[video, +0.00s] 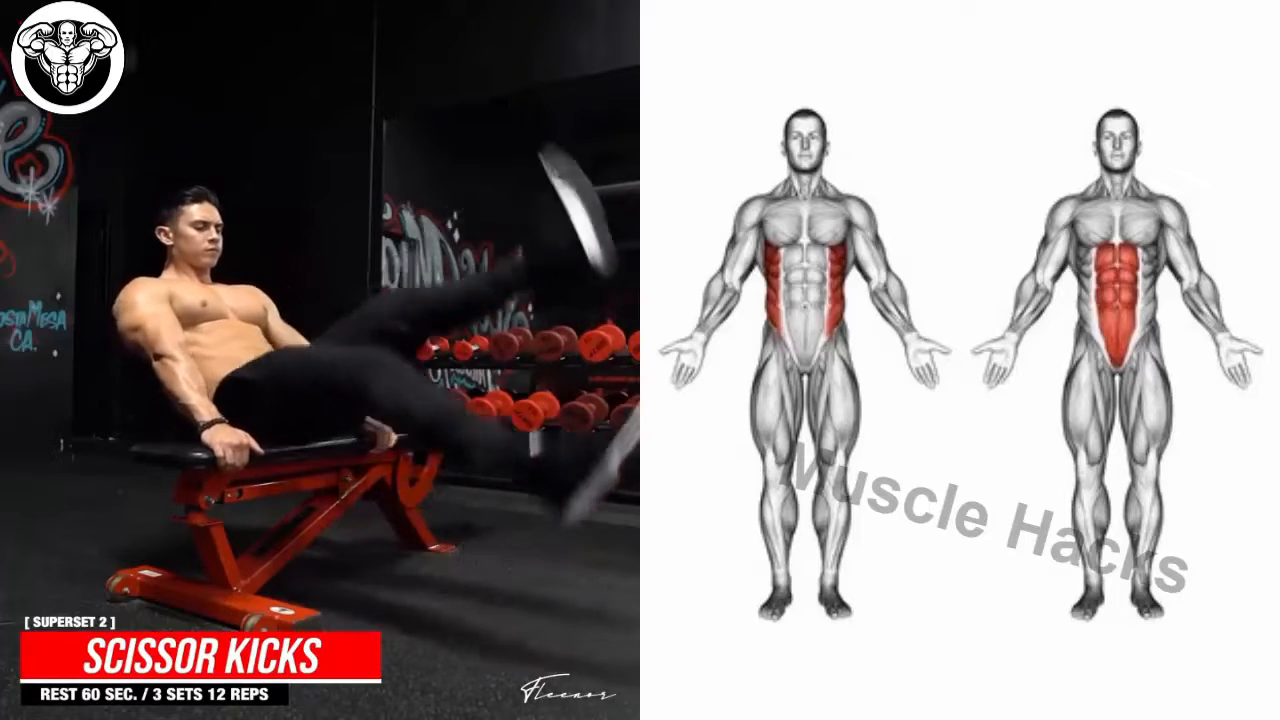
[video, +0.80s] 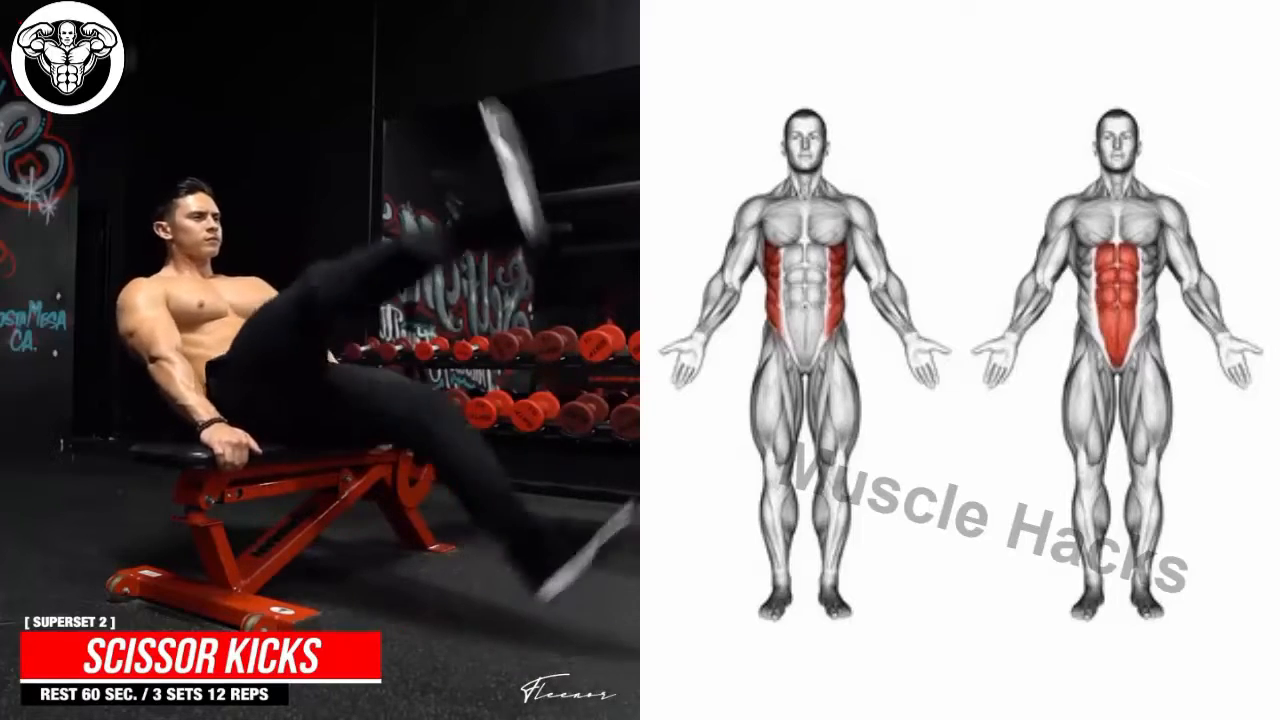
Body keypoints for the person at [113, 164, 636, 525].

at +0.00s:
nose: (212, 236)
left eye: (216, 227)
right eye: (199, 227)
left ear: (219, 237)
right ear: (166, 236)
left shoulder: (249, 295)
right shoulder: (143, 293)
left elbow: (310, 354)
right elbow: (168, 359)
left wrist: (364, 416)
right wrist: (210, 424)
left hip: (298, 378)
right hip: (241, 394)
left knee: (389, 312)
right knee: (372, 369)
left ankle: (540, 263)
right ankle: (547, 464)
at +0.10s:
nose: (213, 233)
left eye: (217, 225)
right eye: (199, 224)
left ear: (219, 236)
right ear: (166, 233)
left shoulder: (250, 293)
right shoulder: (145, 291)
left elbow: (311, 350)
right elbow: (167, 360)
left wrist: (368, 389)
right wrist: (210, 423)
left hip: (309, 370)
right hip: (250, 386)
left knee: (376, 297)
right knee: (377, 407)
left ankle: (500, 194)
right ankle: (520, 540)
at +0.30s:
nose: (212, 231)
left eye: (215, 223)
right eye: (197, 222)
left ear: (217, 235)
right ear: (164, 233)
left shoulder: (249, 294)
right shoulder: (142, 291)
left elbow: (309, 350)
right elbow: (165, 357)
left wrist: (373, 387)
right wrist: (208, 423)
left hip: (293, 375)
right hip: (237, 388)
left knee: (380, 304)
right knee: (363, 389)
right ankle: (514, 514)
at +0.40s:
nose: (209, 232)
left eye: (212, 224)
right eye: (195, 223)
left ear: (215, 234)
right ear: (162, 235)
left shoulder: (249, 292)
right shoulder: (141, 293)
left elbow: (304, 355)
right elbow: (167, 358)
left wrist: (352, 410)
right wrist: (210, 421)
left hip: (294, 393)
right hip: (240, 402)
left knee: (401, 326)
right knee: (361, 346)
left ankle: (557, 364)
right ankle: (527, 387)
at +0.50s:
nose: (208, 229)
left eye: (212, 221)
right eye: (193, 222)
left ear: (217, 231)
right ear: (162, 235)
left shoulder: (252, 292)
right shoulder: (142, 294)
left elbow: (309, 355)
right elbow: (166, 362)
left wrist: (366, 417)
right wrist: (210, 424)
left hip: (307, 396)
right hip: (244, 405)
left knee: (428, 379)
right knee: (338, 302)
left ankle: (563, 486)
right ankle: (518, 266)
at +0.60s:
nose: (212, 222)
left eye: (213, 213)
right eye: (196, 215)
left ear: (218, 228)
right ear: (164, 230)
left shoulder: (254, 287)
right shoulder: (144, 292)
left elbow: (310, 321)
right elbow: (166, 361)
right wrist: (209, 424)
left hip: (308, 392)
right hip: (245, 388)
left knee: (431, 426)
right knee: (322, 278)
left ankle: (544, 574)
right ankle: (457, 186)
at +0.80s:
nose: (211, 223)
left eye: (213, 215)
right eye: (197, 216)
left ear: (217, 228)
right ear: (164, 230)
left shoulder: (254, 287)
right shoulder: (143, 293)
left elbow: (304, 335)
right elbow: (165, 362)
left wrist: (341, 381)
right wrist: (209, 424)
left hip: (304, 396)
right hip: (239, 398)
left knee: (427, 409)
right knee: (312, 294)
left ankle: (536, 551)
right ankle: (472, 231)